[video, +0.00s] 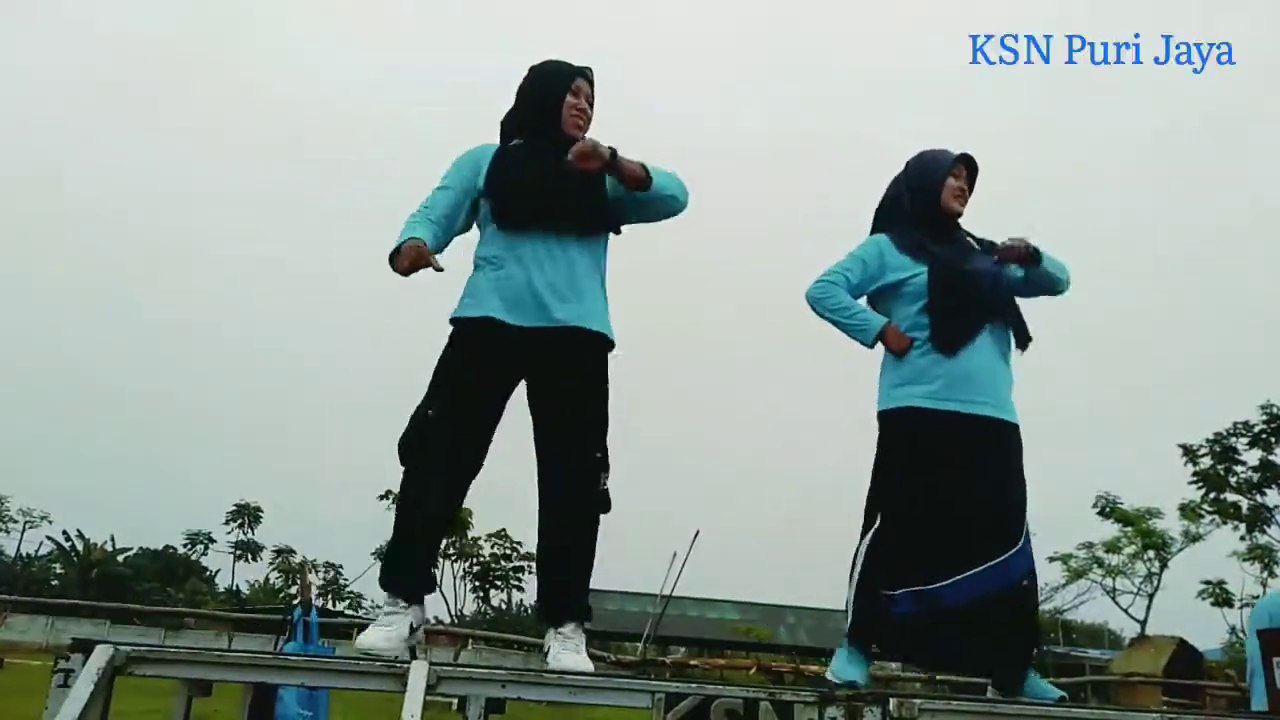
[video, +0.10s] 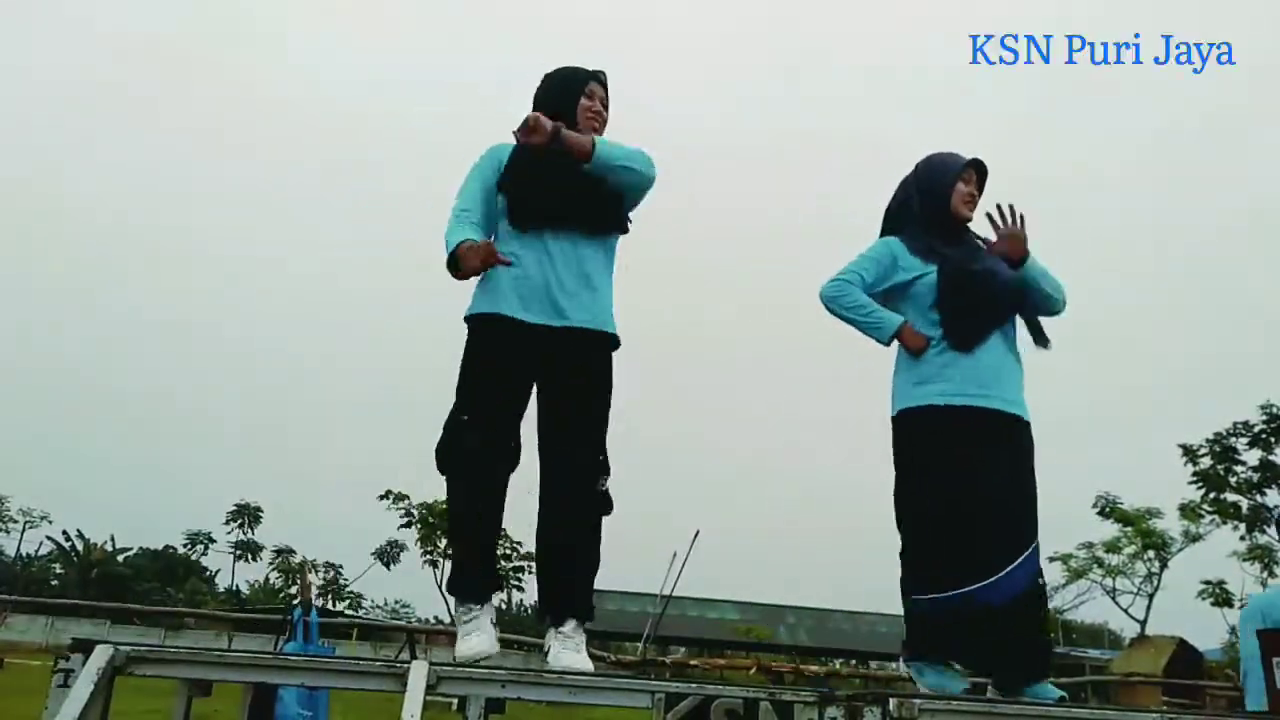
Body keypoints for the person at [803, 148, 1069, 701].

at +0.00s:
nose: (964, 188)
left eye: (967, 183)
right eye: (955, 178)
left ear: (966, 195)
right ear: (924, 180)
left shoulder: (985, 257)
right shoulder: (888, 246)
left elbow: (1058, 281)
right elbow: (824, 291)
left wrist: (1030, 258)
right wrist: (880, 329)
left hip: (991, 414)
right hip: (917, 408)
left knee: (1005, 536)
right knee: (895, 529)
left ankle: (1011, 668)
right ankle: (856, 647)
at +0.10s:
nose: (973, 192)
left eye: (976, 186)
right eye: (964, 181)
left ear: (976, 199)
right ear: (932, 184)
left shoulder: (990, 260)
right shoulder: (899, 248)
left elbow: (1053, 304)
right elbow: (837, 292)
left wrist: (1022, 262)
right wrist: (897, 328)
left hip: (1002, 412)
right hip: (931, 410)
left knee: (1011, 535)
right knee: (935, 533)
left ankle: (1021, 670)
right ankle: (929, 657)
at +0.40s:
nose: (983, 183)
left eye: (989, 177)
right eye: (973, 174)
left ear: (995, 190)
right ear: (945, 181)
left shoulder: (1011, 255)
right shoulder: (916, 244)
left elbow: (1072, 295)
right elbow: (852, 291)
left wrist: (1151, 279)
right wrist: (907, 324)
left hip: (1025, 405)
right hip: (951, 404)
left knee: (1069, 520)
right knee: (949, 529)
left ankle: (1079, 657)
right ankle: (939, 659)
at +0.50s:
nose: (990, 182)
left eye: (997, 174)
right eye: (978, 174)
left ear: (1006, 187)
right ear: (953, 185)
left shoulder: (1029, 252)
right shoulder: (930, 245)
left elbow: (1091, 278)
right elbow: (864, 289)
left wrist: (1166, 281)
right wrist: (916, 319)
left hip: (1034, 403)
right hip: (960, 402)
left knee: (1078, 524)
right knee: (957, 527)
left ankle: (1100, 659)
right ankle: (938, 657)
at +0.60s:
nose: (1001, 191)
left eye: (1008, 184)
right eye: (988, 185)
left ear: (1020, 197)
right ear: (967, 199)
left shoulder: (1046, 260)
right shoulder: (948, 257)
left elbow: (1105, 282)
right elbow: (879, 302)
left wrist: (1173, 289)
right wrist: (921, 328)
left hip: (1049, 414)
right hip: (975, 411)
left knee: (1086, 532)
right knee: (967, 533)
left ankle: (1103, 668)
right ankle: (941, 660)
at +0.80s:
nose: (1015, 195)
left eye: (1023, 187)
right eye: (1003, 191)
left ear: (1041, 200)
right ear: (989, 208)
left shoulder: (1077, 260)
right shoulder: (975, 264)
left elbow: (1134, 292)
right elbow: (940, 323)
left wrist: (1193, 328)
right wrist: (996, 300)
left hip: (1079, 411)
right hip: (1005, 406)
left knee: (1096, 537)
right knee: (1004, 528)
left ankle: (1106, 676)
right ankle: (974, 654)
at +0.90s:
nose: (1015, 200)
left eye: (1025, 191)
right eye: (1004, 195)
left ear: (1044, 202)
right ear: (992, 210)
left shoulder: (1076, 259)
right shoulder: (980, 260)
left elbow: (1139, 290)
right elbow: (976, 305)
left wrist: (1160, 333)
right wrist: (1056, 272)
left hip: (1085, 402)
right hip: (1013, 401)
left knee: (1096, 527)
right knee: (1031, 520)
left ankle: (1103, 669)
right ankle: (1026, 653)